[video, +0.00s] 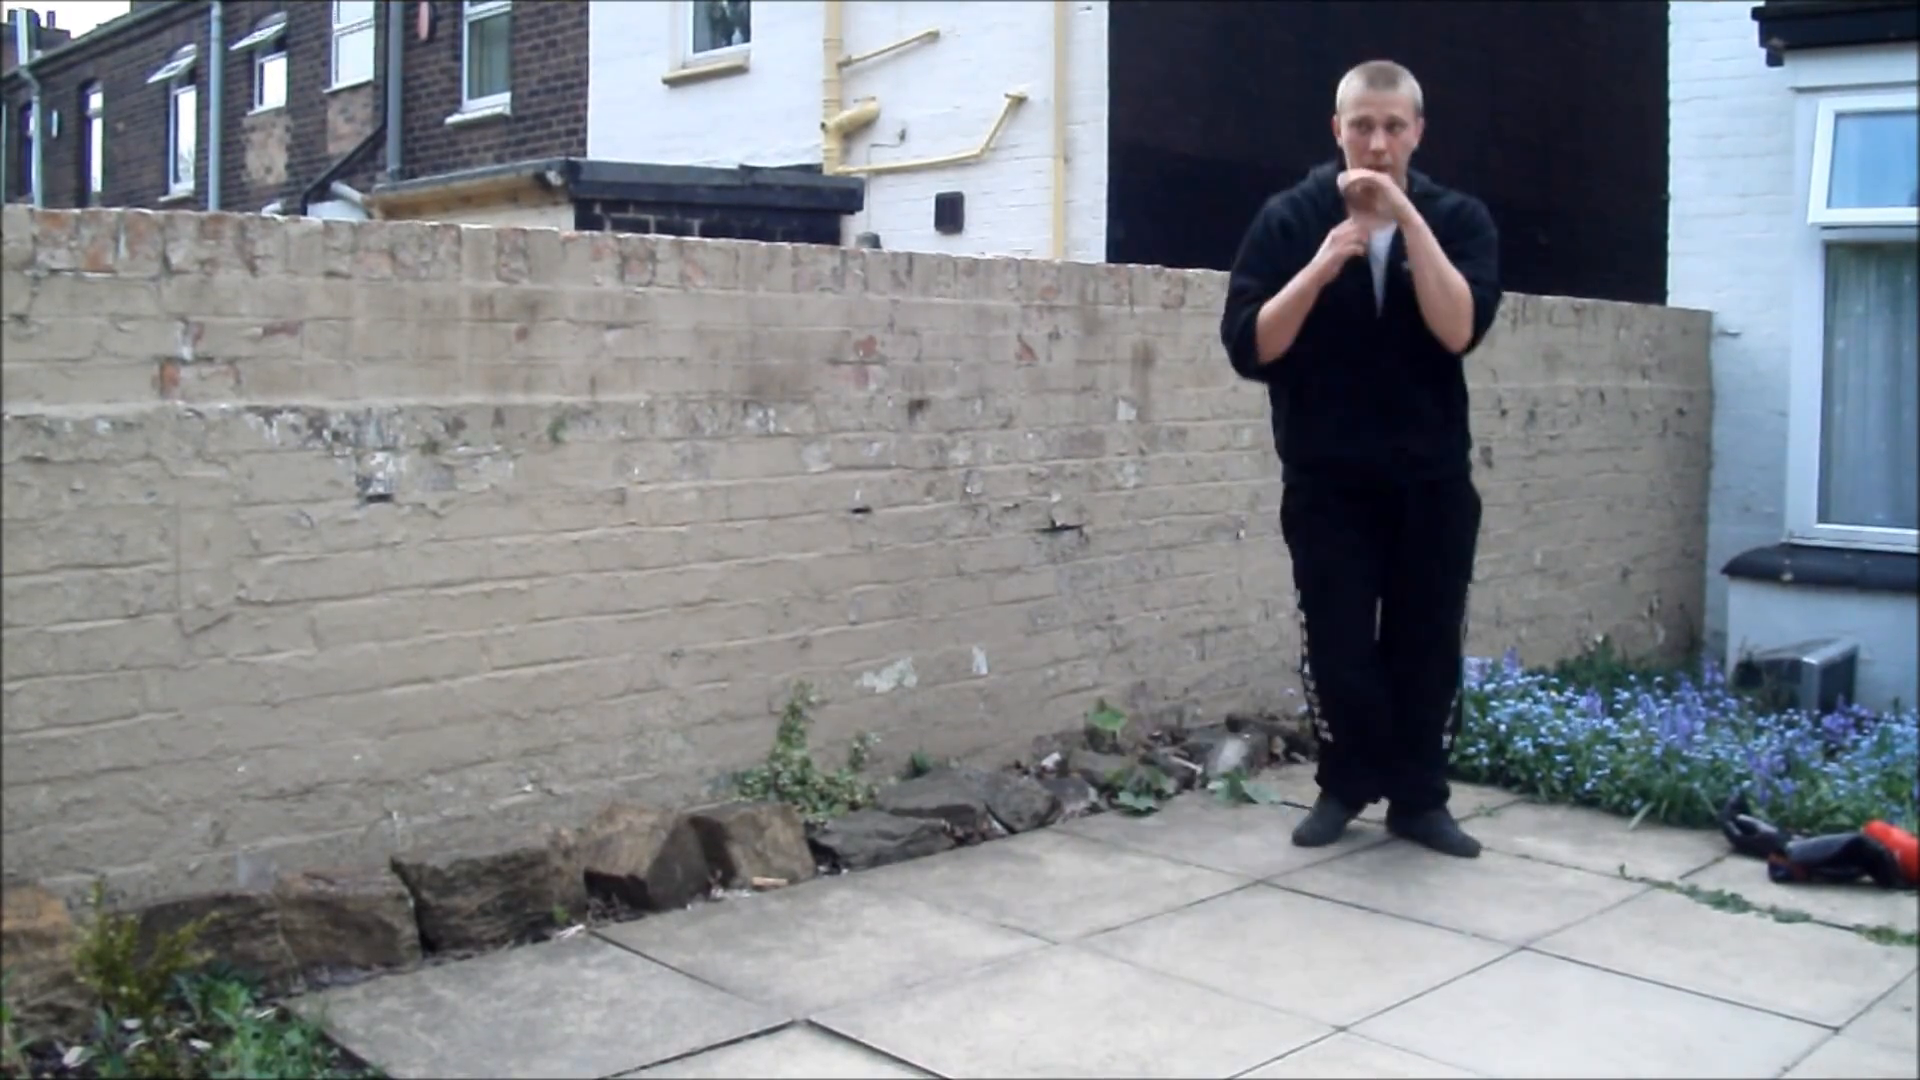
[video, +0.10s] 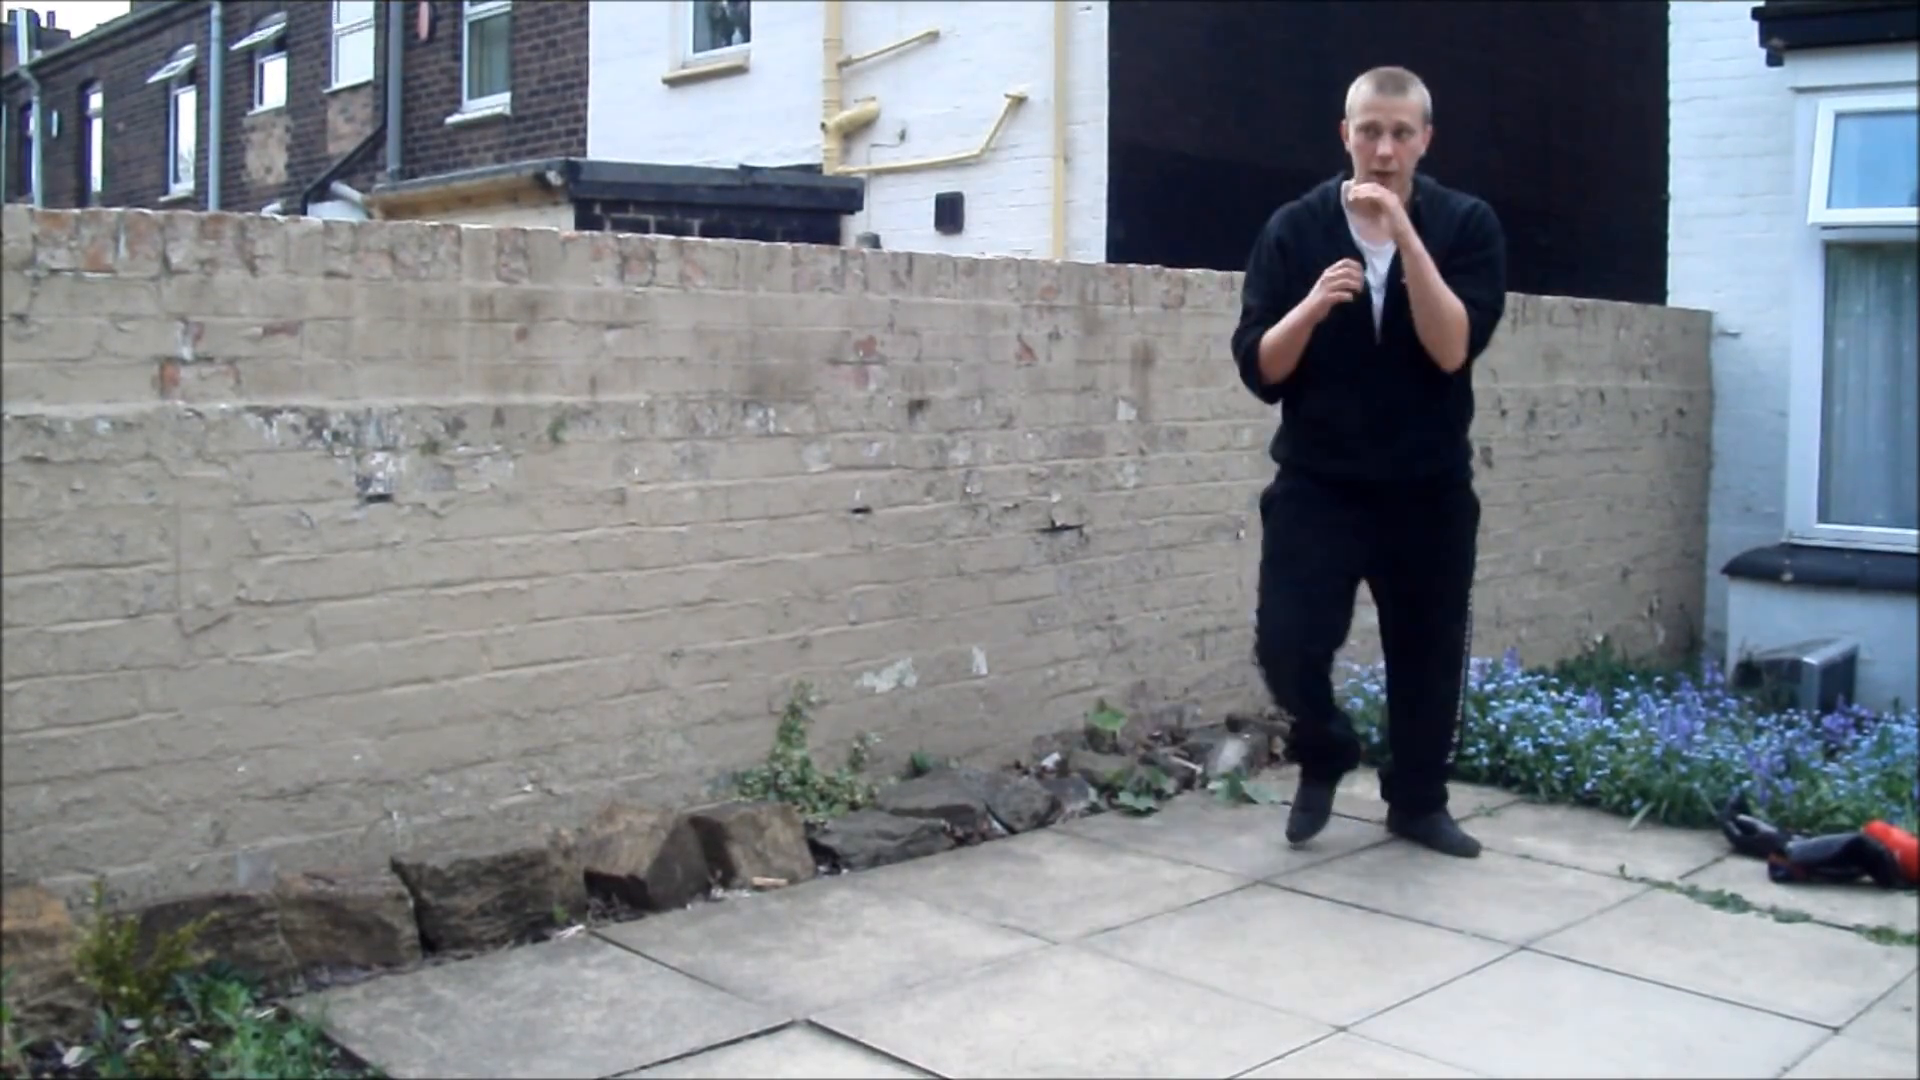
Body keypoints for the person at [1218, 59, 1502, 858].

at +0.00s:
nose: (1378, 142)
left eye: (1394, 127)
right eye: (1364, 126)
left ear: (1419, 132)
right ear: (1337, 130)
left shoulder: (1458, 221)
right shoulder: (1285, 221)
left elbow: (1459, 331)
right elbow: (1249, 349)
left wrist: (1407, 217)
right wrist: (1318, 270)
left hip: (1430, 474)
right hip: (1324, 473)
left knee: (1428, 636)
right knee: (1337, 637)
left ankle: (1419, 801)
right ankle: (1342, 789)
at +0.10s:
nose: (1385, 148)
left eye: (1402, 133)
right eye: (1371, 131)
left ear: (1426, 139)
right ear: (1345, 134)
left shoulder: (1465, 226)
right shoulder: (1296, 229)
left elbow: (1452, 350)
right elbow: (1259, 370)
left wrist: (1404, 236)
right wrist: (1309, 310)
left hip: (1428, 486)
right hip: (1316, 484)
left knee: (1429, 656)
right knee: (1286, 647)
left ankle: (1418, 803)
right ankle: (1321, 755)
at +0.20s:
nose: (1387, 131)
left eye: (1404, 116)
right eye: (1374, 114)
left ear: (1429, 123)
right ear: (1346, 115)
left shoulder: (1459, 206)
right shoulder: (1288, 202)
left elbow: (1456, 313)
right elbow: (1245, 337)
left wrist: (1405, 202)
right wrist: (1296, 316)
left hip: (1406, 467)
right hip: (1291, 464)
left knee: (1435, 634)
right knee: (1255, 623)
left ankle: (1422, 790)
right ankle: (1251, 779)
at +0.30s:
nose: (1376, 147)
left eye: (1393, 133)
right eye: (1363, 131)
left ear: (1416, 140)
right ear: (1333, 132)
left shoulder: (1437, 212)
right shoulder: (1274, 215)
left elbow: (1453, 300)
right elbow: (1207, 344)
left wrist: (1390, 198)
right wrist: (1266, 343)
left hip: (1397, 483)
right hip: (1282, 481)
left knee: (1444, 639)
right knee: (1215, 636)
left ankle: (1408, 800)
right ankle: (1140, 820)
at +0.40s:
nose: (1346, 159)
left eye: (1364, 145)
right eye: (1333, 142)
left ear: (1386, 151)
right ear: (1302, 142)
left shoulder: (1409, 233)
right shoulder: (1244, 230)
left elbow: (1433, 326)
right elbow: (1176, 367)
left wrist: (1367, 227)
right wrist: (1232, 336)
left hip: (1367, 507)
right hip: (1253, 505)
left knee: (1420, 651)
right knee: (1188, 661)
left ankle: (1403, 811)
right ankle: (1086, 834)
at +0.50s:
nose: (1289, 151)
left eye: (1306, 135)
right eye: (1275, 134)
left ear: (1334, 141)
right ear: (1251, 134)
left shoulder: (1371, 234)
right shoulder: (1203, 215)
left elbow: (1389, 360)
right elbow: (1093, 294)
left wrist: (1330, 252)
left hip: (1340, 494)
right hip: (1218, 492)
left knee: (1412, 645)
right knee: (1160, 657)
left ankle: (1416, 792)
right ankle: (1082, 834)